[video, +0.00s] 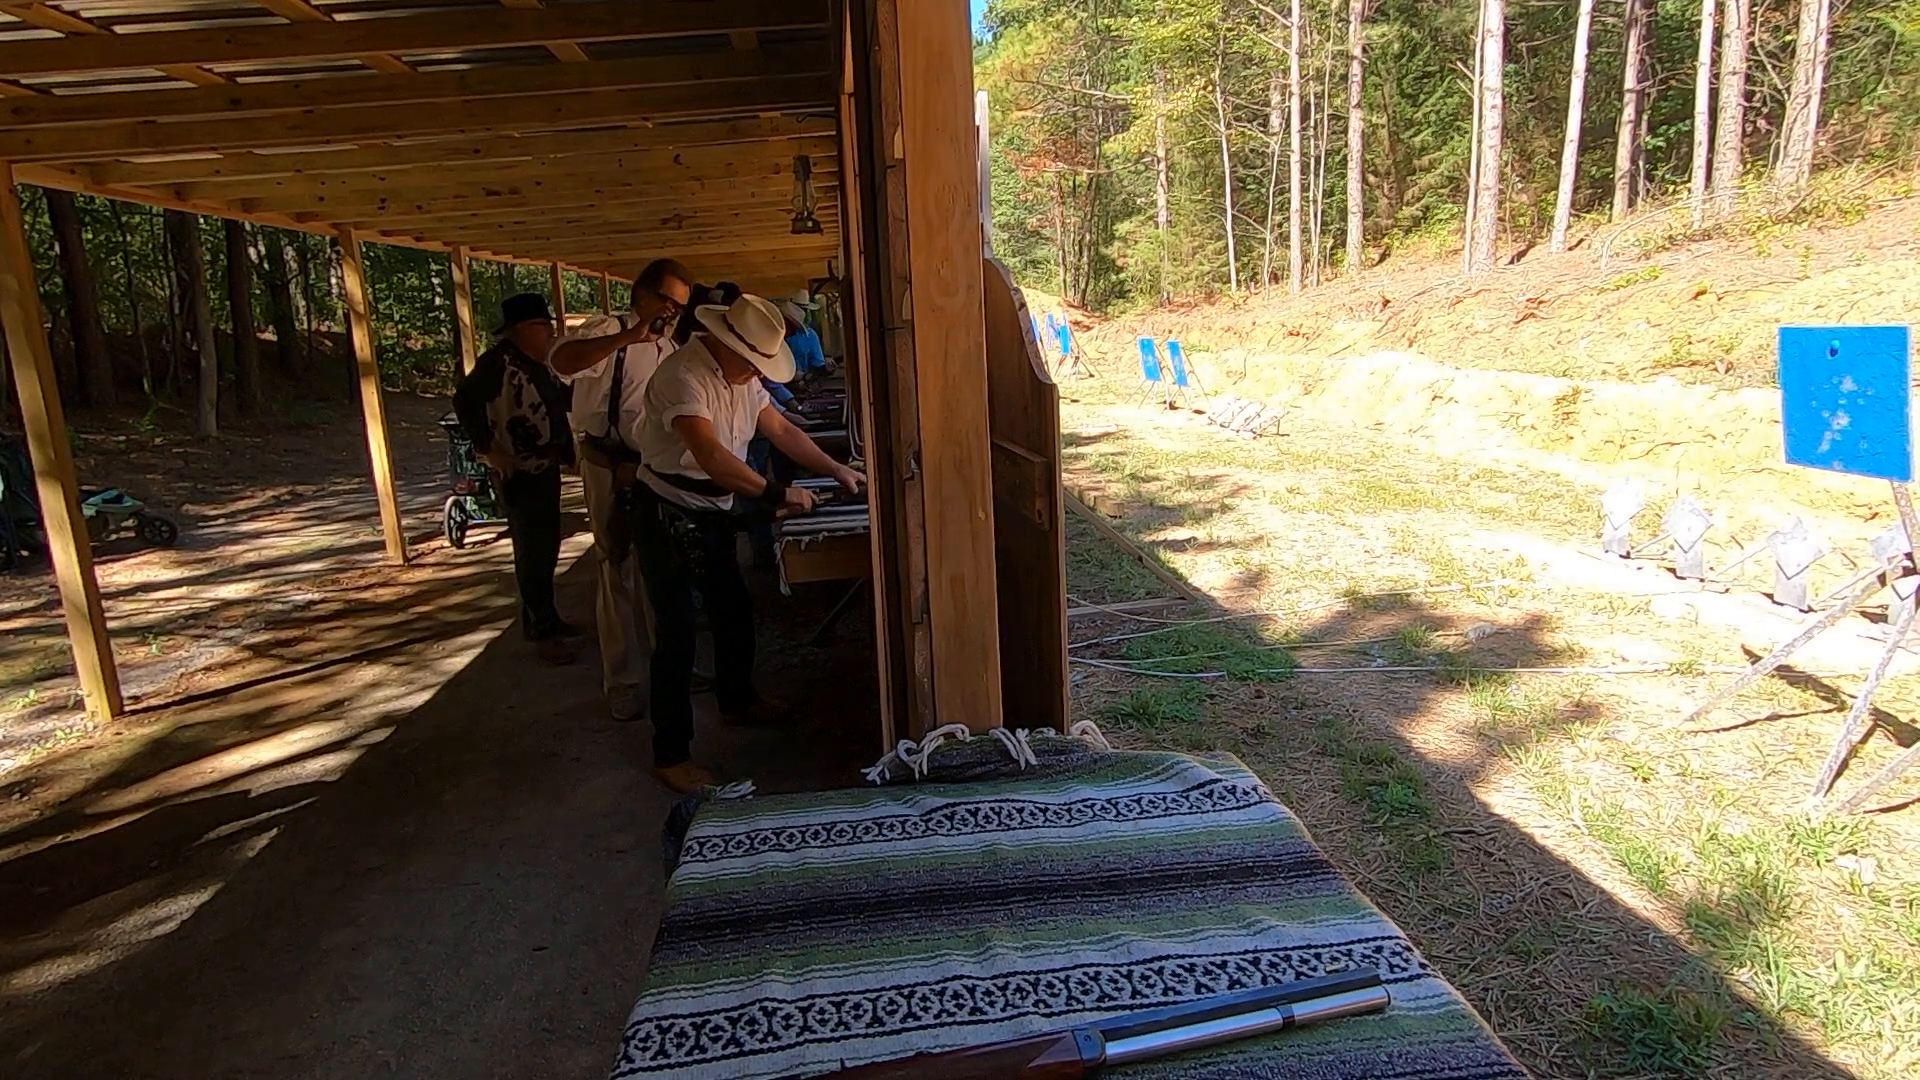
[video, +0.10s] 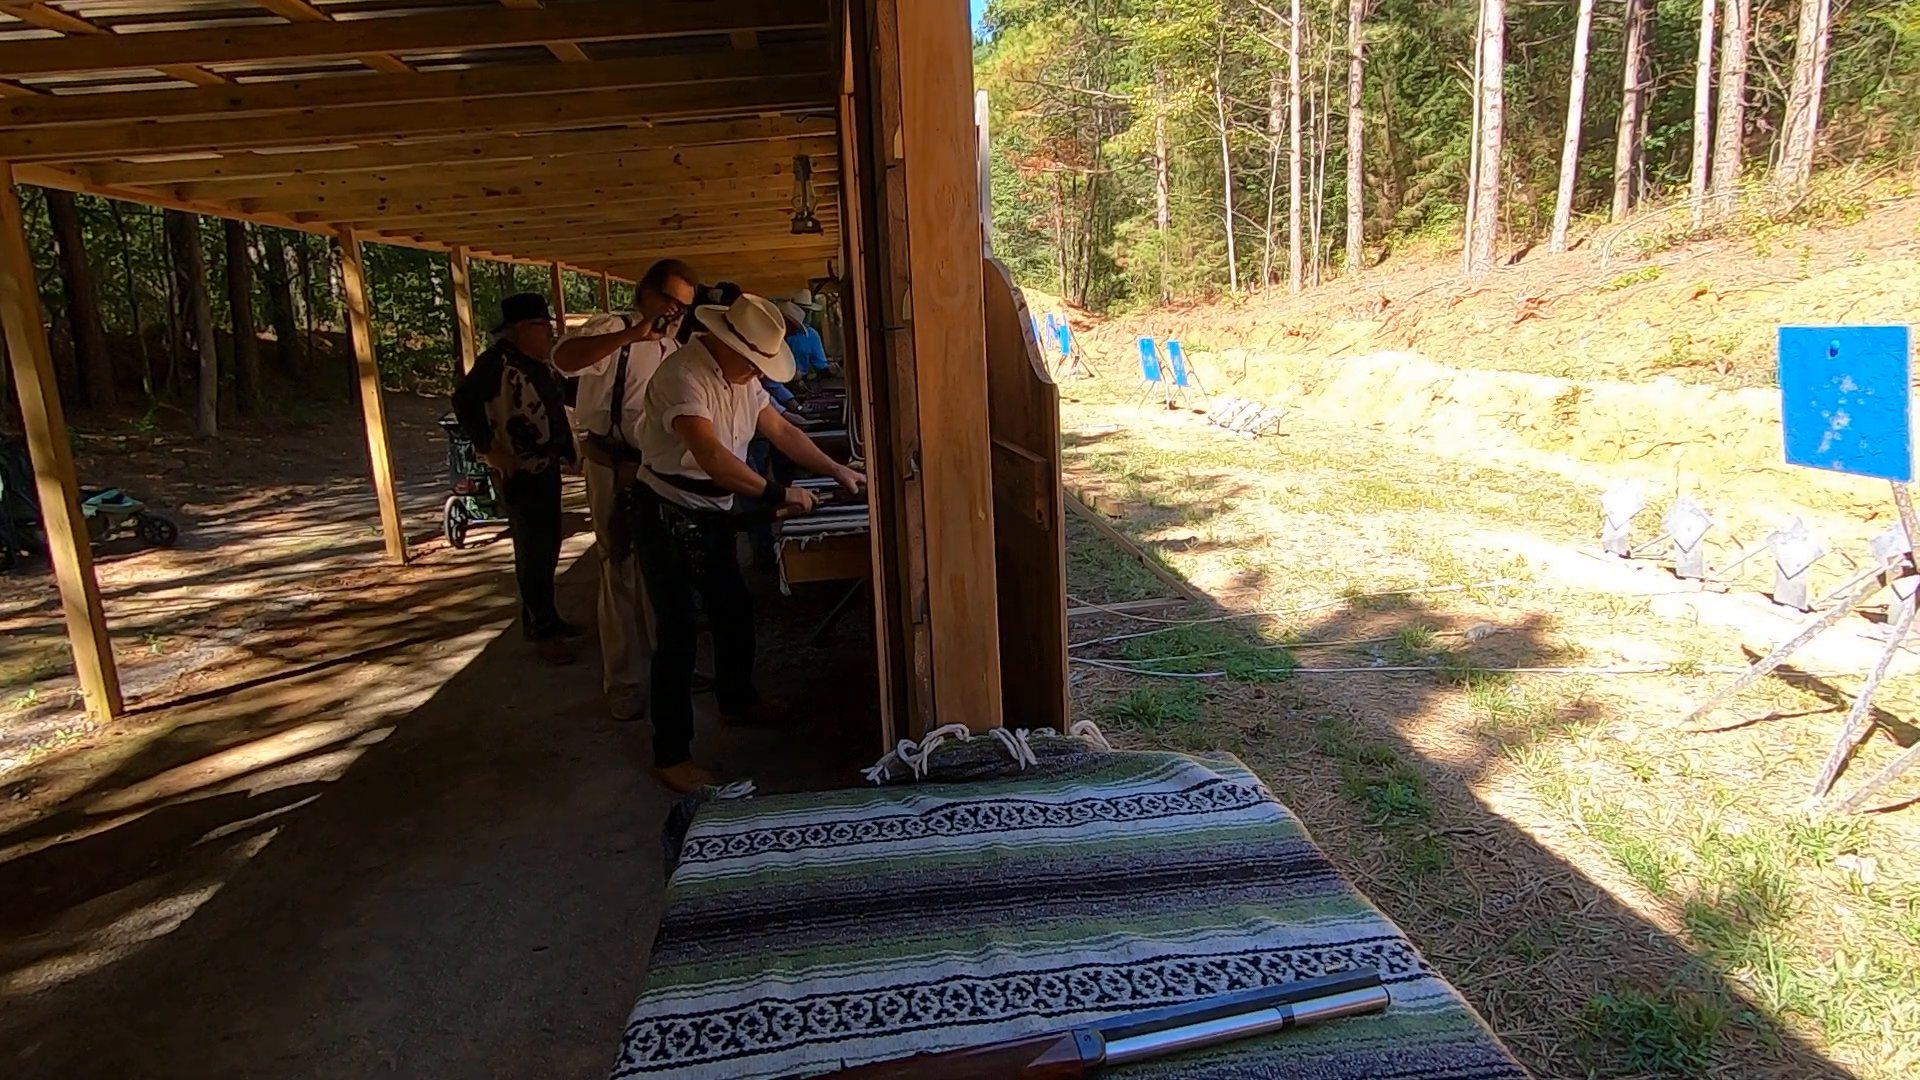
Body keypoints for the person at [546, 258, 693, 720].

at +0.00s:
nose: (671, 311)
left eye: (679, 305)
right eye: (664, 300)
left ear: (683, 308)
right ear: (640, 293)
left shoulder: (670, 348)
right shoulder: (609, 328)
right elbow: (560, 361)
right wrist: (625, 338)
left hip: (658, 464)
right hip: (607, 465)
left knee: (661, 569)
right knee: (617, 571)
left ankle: (669, 667)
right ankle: (623, 685)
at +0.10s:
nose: (674, 312)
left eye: (683, 306)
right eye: (667, 300)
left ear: (688, 310)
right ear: (644, 292)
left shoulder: (677, 347)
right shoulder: (612, 327)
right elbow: (563, 358)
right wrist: (628, 337)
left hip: (662, 462)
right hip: (609, 462)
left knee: (663, 568)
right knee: (617, 570)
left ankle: (672, 668)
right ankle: (623, 683)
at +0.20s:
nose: (676, 312)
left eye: (686, 306)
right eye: (670, 300)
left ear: (691, 310)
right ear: (647, 292)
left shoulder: (681, 346)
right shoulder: (616, 325)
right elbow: (566, 356)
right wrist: (630, 336)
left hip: (664, 464)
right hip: (612, 463)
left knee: (665, 568)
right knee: (619, 571)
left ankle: (671, 667)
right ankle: (623, 684)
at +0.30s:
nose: (679, 312)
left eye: (690, 306)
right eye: (672, 300)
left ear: (696, 310)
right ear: (650, 293)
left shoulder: (688, 348)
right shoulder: (618, 328)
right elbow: (567, 356)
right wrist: (634, 334)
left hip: (670, 465)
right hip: (616, 465)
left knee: (670, 571)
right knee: (621, 573)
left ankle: (676, 669)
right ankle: (624, 684)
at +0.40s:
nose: (681, 312)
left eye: (691, 306)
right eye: (674, 300)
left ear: (698, 310)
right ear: (652, 293)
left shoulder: (691, 350)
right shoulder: (621, 332)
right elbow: (569, 355)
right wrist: (635, 333)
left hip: (671, 465)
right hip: (617, 464)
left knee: (670, 572)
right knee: (622, 574)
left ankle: (675, 670)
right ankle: (624, 684)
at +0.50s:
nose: (683, 312)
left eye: (693, 306)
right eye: (676, 300)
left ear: (701, 309)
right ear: (655, 293)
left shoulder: (692, 349)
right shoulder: (623, 330)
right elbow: (571, 354)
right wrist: (637, 333)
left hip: (672, 464)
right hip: (617, 464)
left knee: (671, 570)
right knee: (623, 572)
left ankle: (676, 669)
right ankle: (624, 684)